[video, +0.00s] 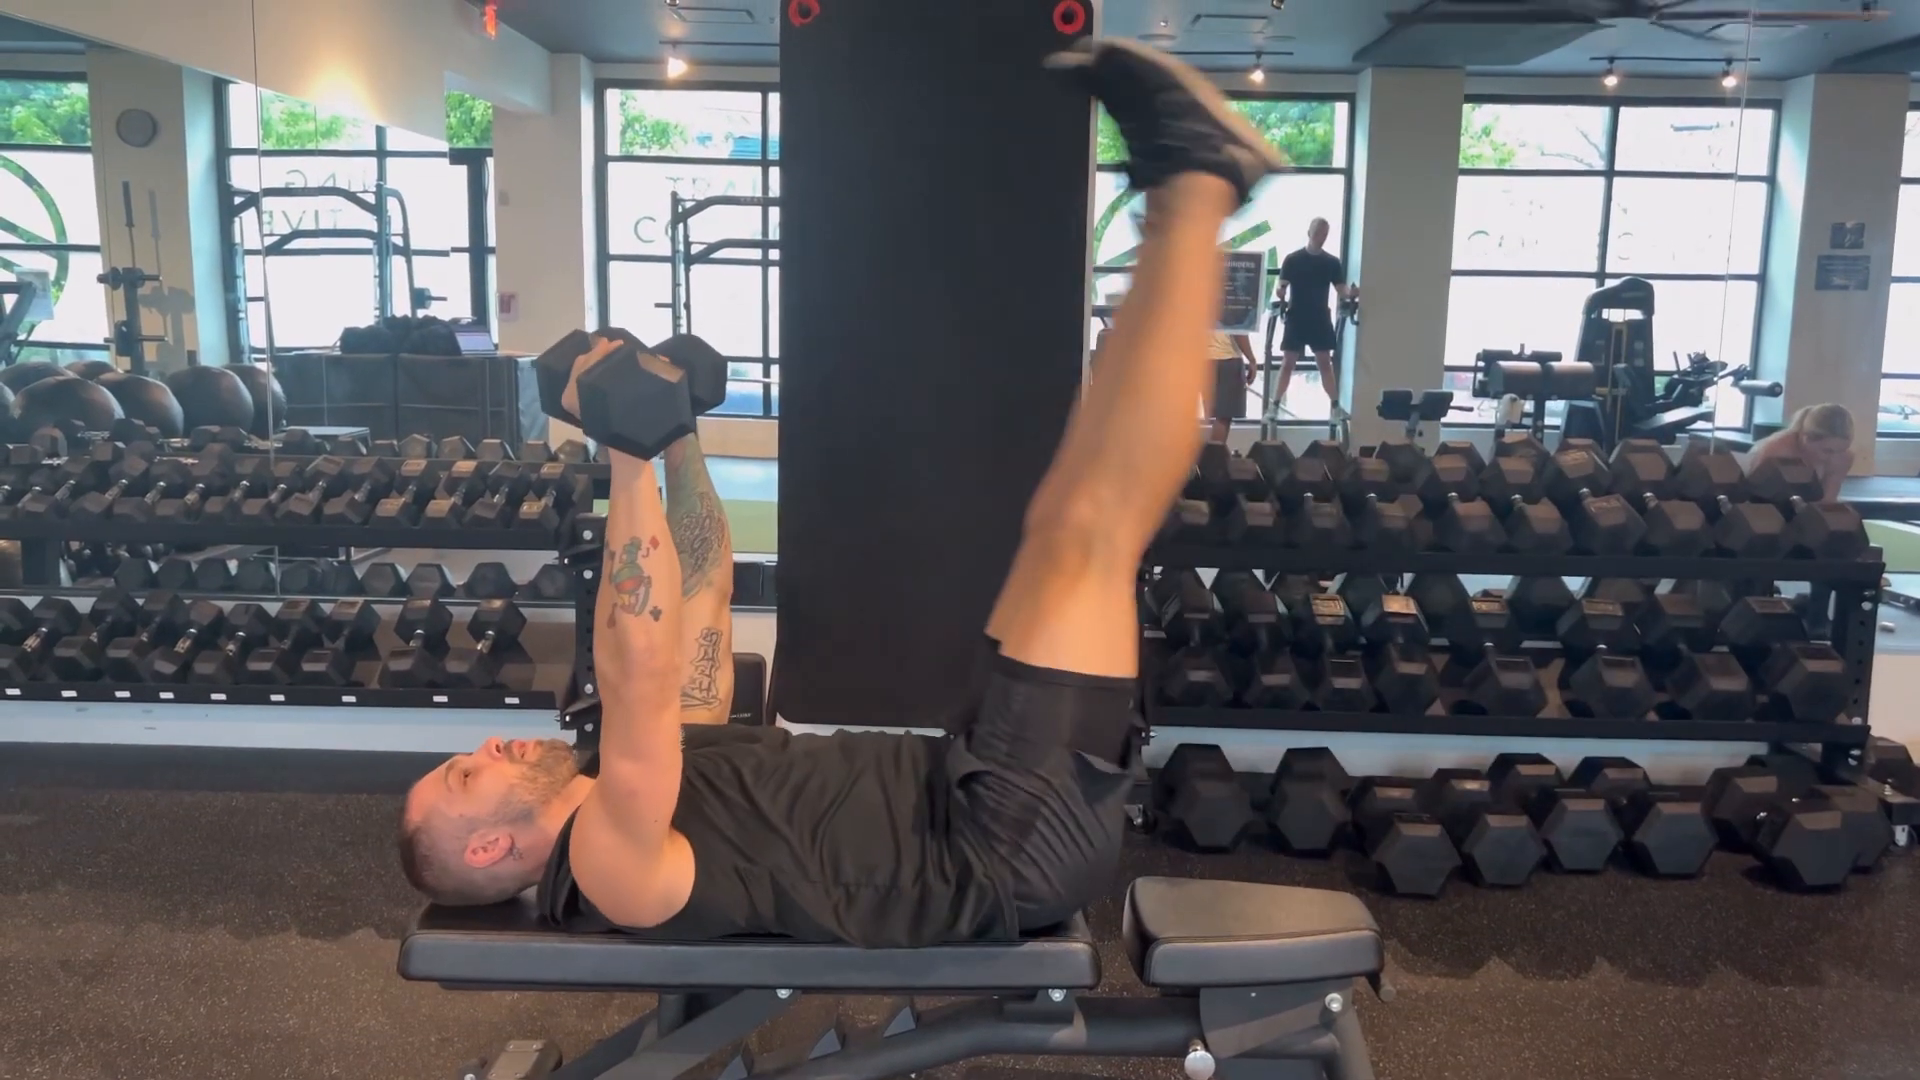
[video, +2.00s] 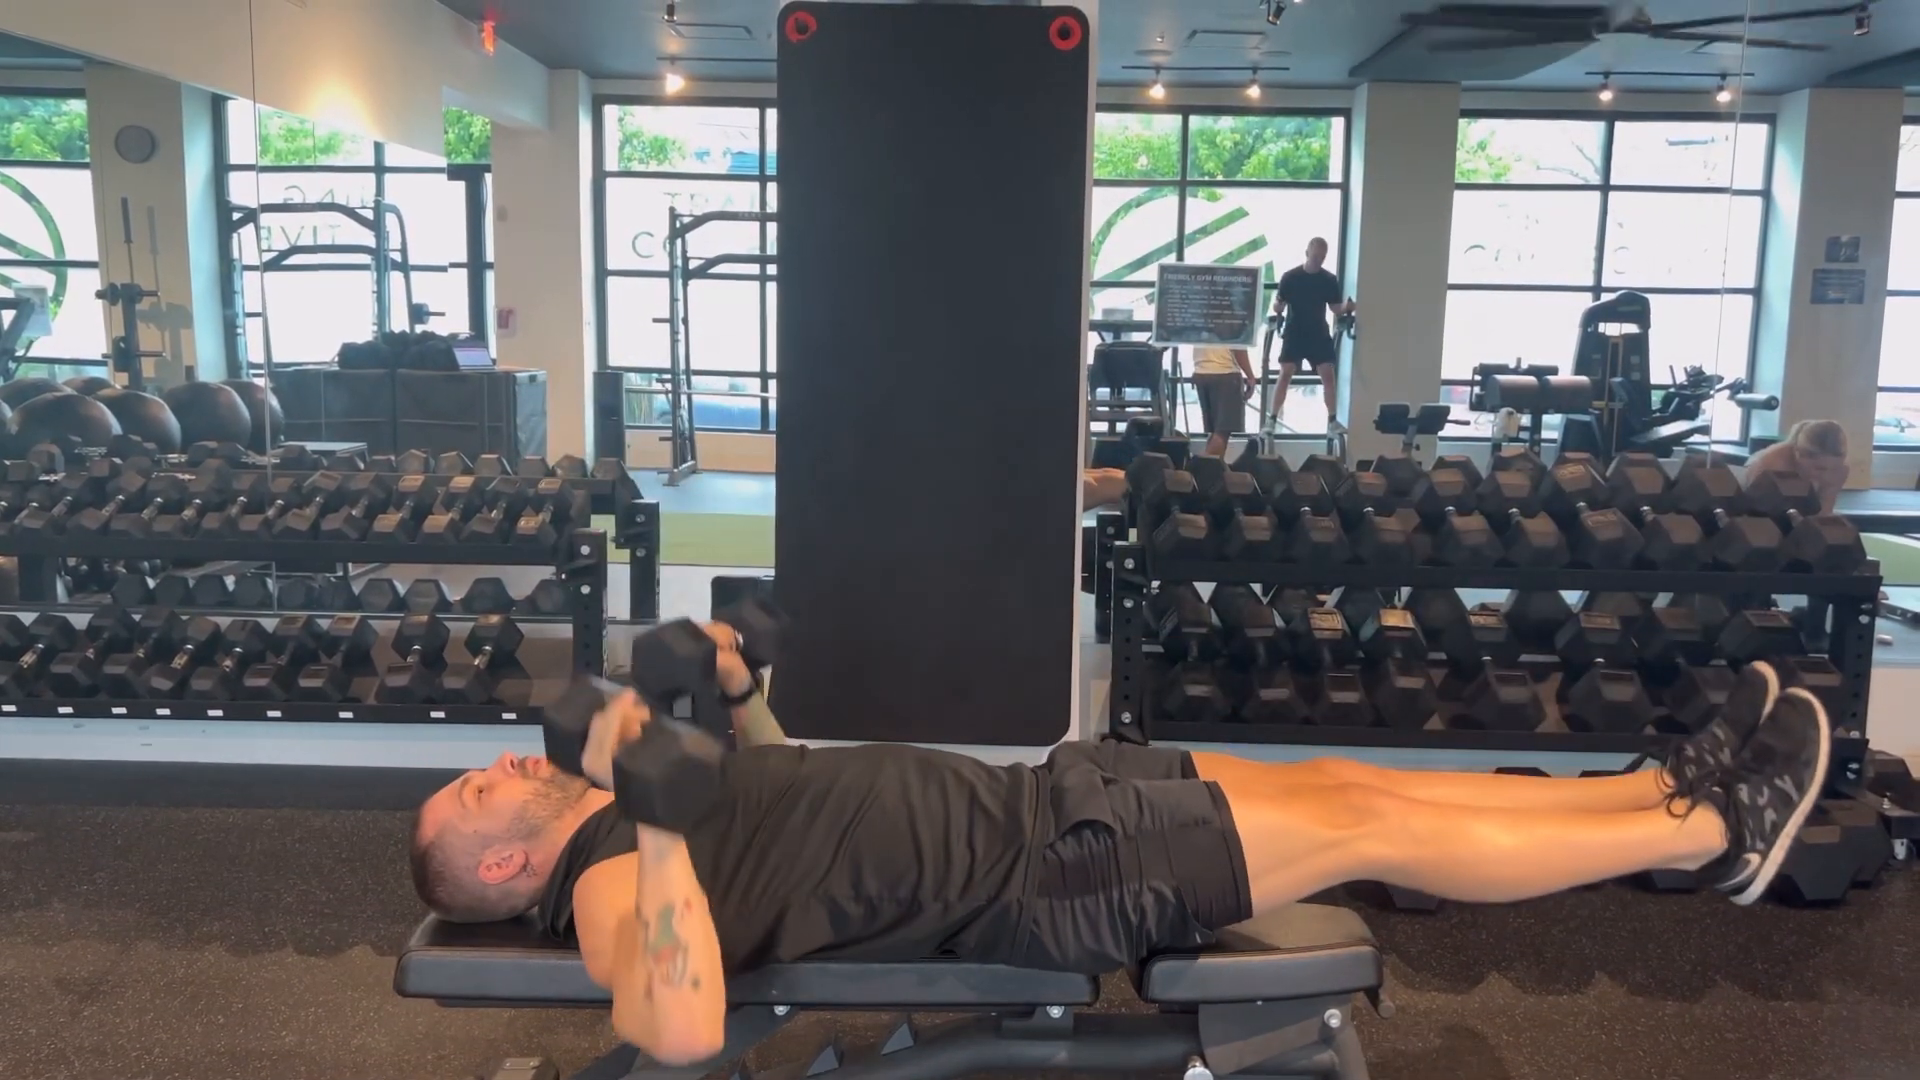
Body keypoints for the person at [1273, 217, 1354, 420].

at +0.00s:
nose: (1320, 238)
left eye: (1323, 234)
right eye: (1317, 233)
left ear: (1326, 235)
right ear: (1309, 233)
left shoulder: (1332, 263)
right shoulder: (1292, 259)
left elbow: (1341, 290)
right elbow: (1281, 288)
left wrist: (1351, 293)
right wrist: (1282, 300)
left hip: (1320, 318)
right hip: (1296, 317)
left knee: (1325, 363)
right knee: (1288, 363)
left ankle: (1335, 405)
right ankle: (1275, 404)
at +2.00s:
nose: (1318, 261)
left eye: (1322, 257)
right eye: (1315, 256)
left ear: (1325, 257)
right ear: (1307, 252)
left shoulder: (1329, 280)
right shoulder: (1291, 277)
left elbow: (1336, 309)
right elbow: (1278, 305)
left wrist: (1347, 308)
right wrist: (1278, 307)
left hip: (1318, 333)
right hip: (1294, 332)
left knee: (1328, 376)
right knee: (1285, 374)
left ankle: (1332, 421)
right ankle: (1272, 418)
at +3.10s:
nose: (1307, 282)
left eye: (1310, 278)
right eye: (1303, 278)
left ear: (1315, 278)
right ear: (1297, 277)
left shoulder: (1321, 300)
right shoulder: (1285, 300)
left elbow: (1333, 323)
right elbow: (1271, 324)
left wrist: (1344, 319)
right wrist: (1272, 319)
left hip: (1314, 352)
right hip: (1291, 353)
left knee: (1314, 399)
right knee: (1290, 399)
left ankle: (1311, 442)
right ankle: (1286, 441)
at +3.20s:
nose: (1306, 284)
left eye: (1309, 280)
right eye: (1302, 279)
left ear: (1314, 280)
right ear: (1296, 279)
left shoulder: (1320, 301)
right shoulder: (1284, 301)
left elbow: (1334, 323)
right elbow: (1272, 333)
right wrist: (1273, 321)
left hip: (1312, 356)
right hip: (1289, 356)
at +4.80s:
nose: (1303, 288)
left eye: (1306, 284)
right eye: (1299, 284)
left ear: (1310, 287)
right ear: (1293, 288)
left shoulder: (1320, 311)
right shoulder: (1284, 312)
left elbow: (1332, 334)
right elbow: (1271, 332)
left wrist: (1343, 328)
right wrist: (1271, 329)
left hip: (1314, 358)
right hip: (1291, 357)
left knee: (1319, 393)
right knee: (1299, 381)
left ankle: (1323, 435)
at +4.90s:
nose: (1303, 285)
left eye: (1306, 282)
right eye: (1299, 282)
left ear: (1310, 286)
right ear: (1292, 286)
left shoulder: (1320, 310)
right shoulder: (1283, 311)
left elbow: (1332, 334)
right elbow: (1272, 336)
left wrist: (1342, 329)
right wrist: (1272, 329)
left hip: (1314, 358)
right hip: (1289, 359)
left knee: (1323, 357)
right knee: (1301, 353)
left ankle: (1330, 391)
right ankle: (1309, 396)